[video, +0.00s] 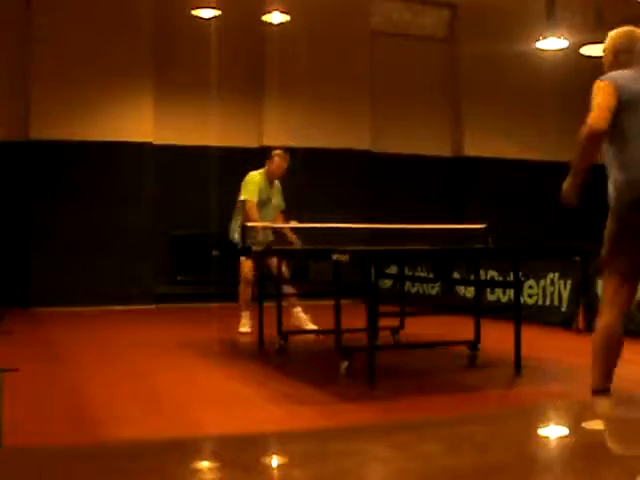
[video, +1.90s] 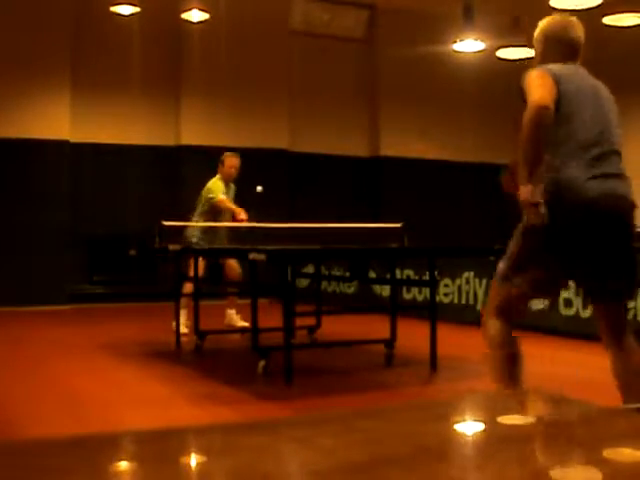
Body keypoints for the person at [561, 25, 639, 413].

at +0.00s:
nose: (602, 61)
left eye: (605, 56)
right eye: (604, 55)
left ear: (613, 56)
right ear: (635, 55)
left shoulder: (612, 82)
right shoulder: (625, 83)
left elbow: (596, 127)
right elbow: (597, 128)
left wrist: (576, 176)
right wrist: (579, 175)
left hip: (630, 202)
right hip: (628, 202)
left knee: (616, 294)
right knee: (615, 294)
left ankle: (601, 393)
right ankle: (601, 392)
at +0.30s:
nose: (539, 77)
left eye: (541, 71)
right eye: (540, 71)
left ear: (551, 78)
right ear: (577, 78)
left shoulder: (562, 107)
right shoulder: (610, 113)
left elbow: (569, 156)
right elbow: (627, 165)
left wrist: (537, 226)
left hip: (610, 216)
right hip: (637, 215)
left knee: (575, 314)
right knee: (619, 308)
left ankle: (575, 410)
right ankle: (638, 389)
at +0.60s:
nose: (517, 95)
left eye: (517, 87)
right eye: (516, 87)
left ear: (527, 85)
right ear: (555, 80)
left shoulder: (553, 107)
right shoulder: (575, 107)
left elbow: (577, 148)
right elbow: (599, 176)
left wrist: (563, 219)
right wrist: (551, 201)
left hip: (615, 215)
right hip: (632, 213)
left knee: (564, 318)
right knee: (605, 319)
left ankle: (561, 414)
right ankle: (636, 396)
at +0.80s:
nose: (512, 157)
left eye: (513, 147)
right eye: (510, 148)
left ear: (529, 141)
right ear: (545, 135)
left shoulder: (557, 154)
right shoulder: (570, 152)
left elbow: (601, 182)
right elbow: (581, 233)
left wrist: (607, 250)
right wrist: (537, 240)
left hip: (632, 245)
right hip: (634, 246)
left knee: (566, 319)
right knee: (600, 324)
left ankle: (575, 414)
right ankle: (636, 398)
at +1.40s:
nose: (516, 101)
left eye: (517, 92)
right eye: (516, 92)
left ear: (526, 93)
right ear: (560, 89)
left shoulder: (546, 115)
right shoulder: (576, 117)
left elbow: (568, 157)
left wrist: (580, 231)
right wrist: (547, 238)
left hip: (616, 227)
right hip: (635, 225)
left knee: (548, 315)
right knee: (603, 316)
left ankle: (565, 410)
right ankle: (633, 397)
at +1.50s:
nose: (516, 81)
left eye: (518, 73)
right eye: (516, 73)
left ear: (525, 75)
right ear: (562, 76)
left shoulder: (541, 101)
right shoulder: (581, 107)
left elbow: (547, 144)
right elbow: (602, 177)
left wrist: (532, 214)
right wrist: (559, 216)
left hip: (604, 219)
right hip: (631, 214)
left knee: (543, 314)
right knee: (602, 311)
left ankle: (561, 414)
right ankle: (632, 401)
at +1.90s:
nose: (533, 51)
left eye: (535, 45)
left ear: (539, 47)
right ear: (579, 51)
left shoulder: (541, 74)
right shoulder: (601, 90)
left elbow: (541, 106)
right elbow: (612, 155)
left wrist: (526, 177)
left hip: (562, 211)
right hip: (614, 213)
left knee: (498, 311)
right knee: (616, 327)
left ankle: (512, 407)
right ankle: (635, 414)